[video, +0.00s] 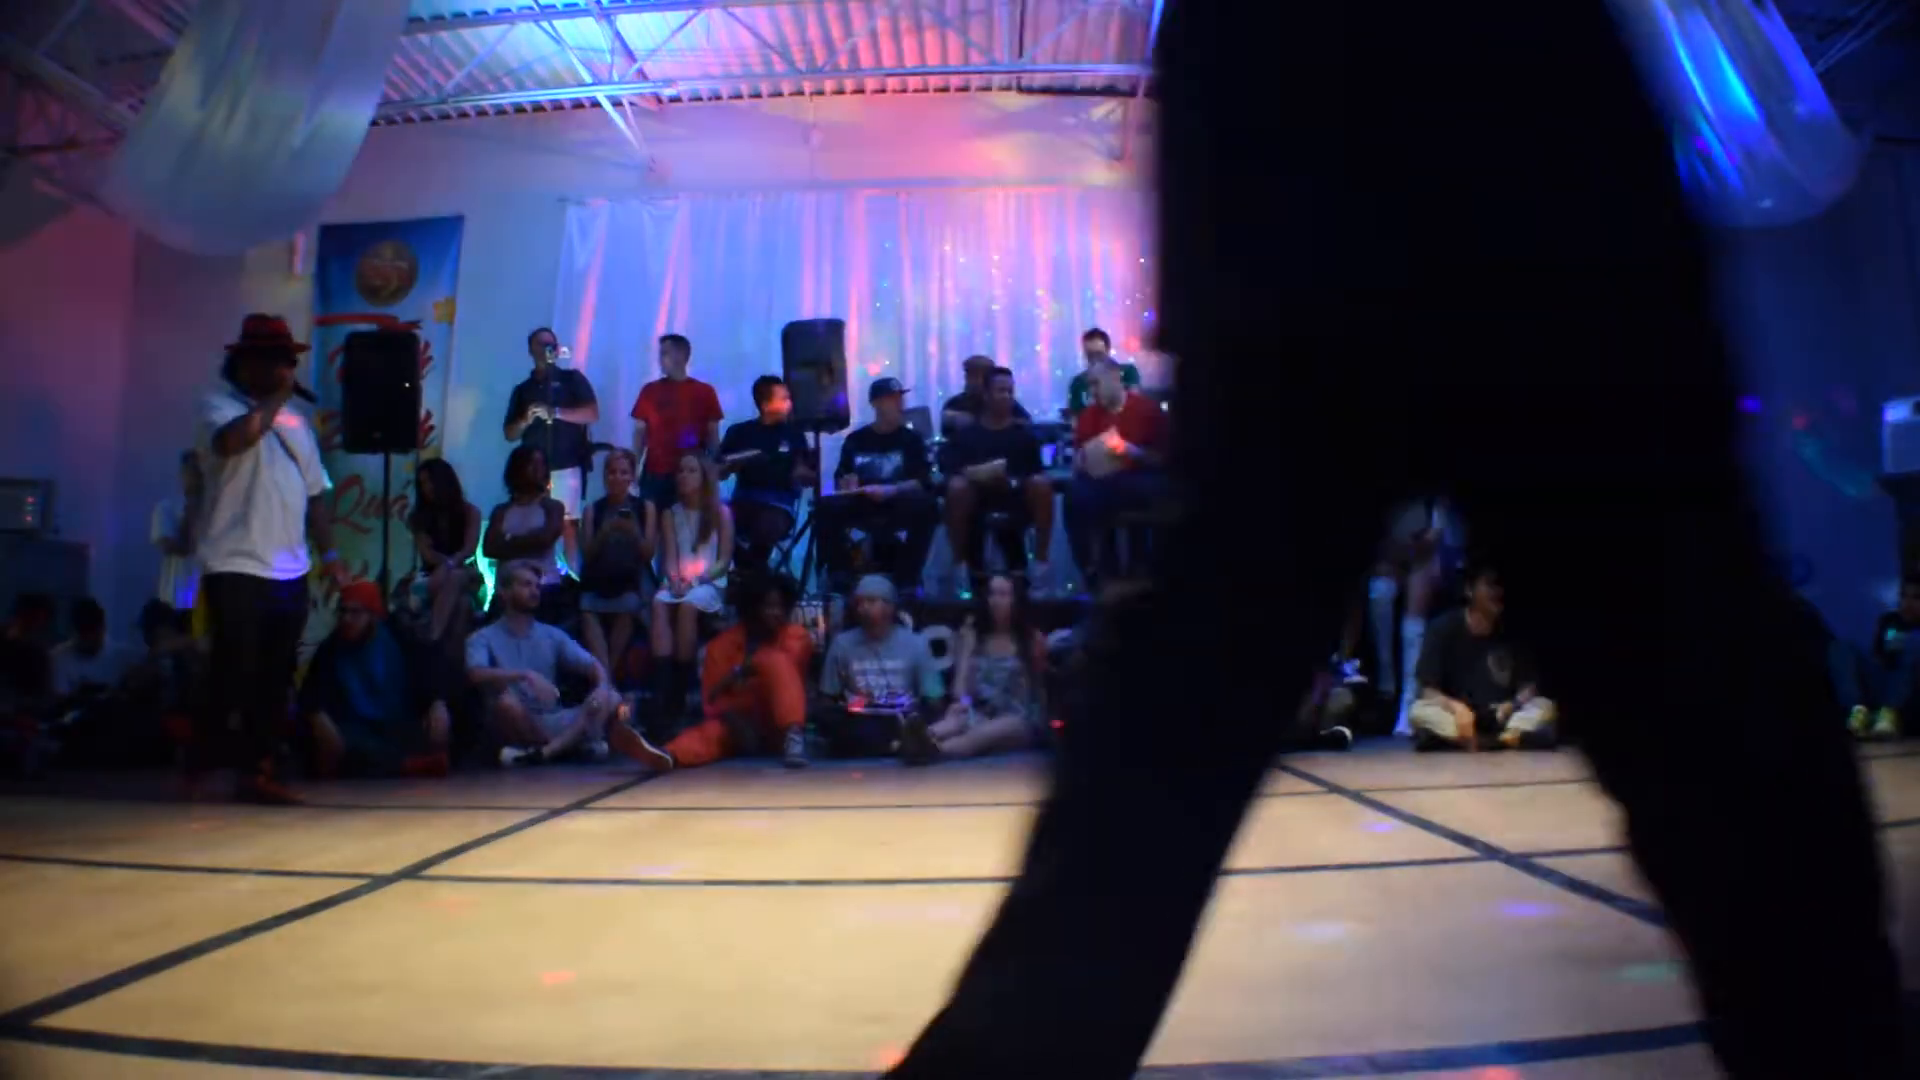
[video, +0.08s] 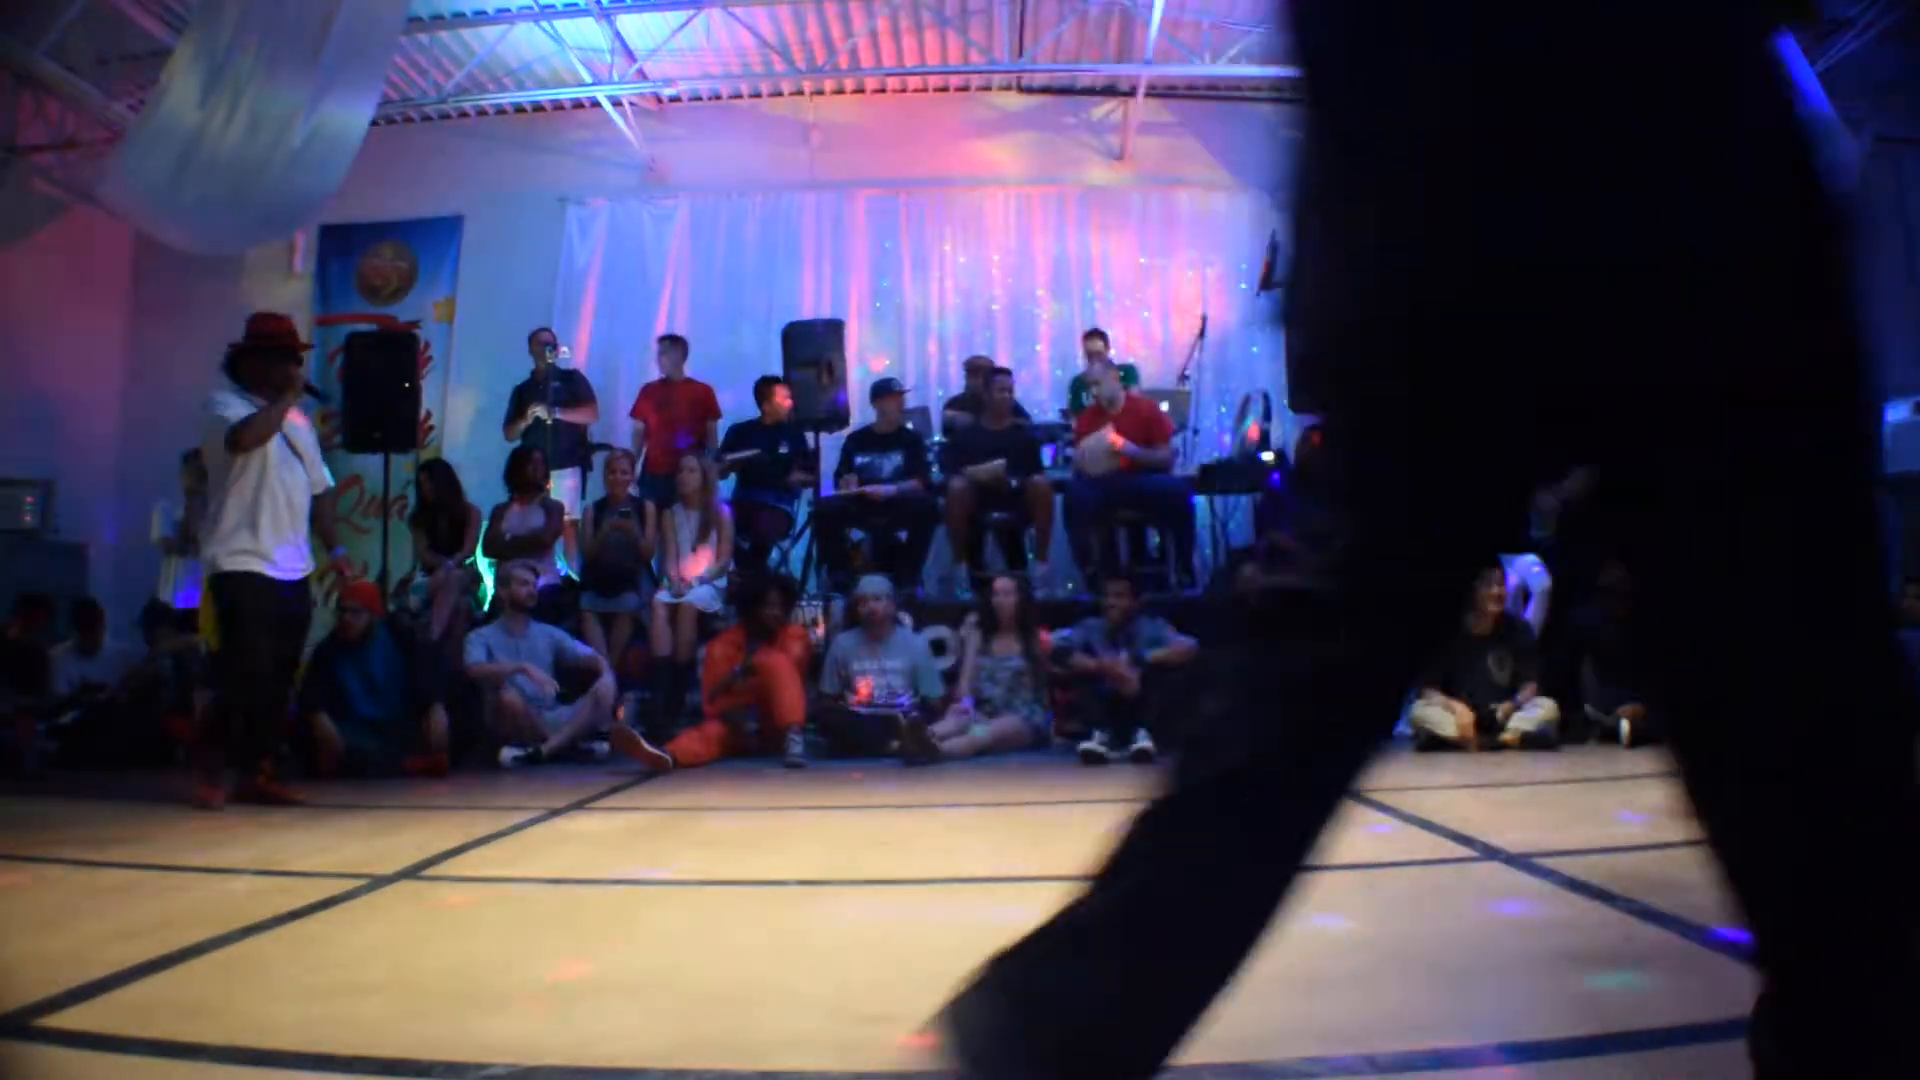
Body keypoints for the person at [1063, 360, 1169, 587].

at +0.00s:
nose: (1093, 391)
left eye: (1098, 383)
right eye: (1090, 385)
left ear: (1118, 380)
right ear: (1088, 387)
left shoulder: (1146, 410)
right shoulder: (1088, 417)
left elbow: (1160, 458)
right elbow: (1079, 461)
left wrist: (1126, 449)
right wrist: (1093, 453)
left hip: (1140, 481)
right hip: (1099, 481)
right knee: (1076, 500)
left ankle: (1141, 571)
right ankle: (1092, 574)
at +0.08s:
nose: (1093, 392)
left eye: (1097, 384)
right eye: (1089, 386)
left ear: (1116, 379)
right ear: (1088, 389)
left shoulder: (1146, 409)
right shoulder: (1087, 418)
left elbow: (1165, 457)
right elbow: (1079, 460)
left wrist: (1126, 448)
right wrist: (1090, 457)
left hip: (1142, 478)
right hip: (1102, 480)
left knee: (1177, 496)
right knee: (1076, 498)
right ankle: (1091, 573)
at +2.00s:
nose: (1084, 390)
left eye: (1089, 383)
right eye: (1083, 384)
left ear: (1107, 380)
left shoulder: (1149, 411)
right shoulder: (1087, 422)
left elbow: (1165, 460)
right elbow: (1082, 464)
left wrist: (1126, 459)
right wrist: (1094, 464)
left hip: (1144, 482)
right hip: (1103, 483)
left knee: (1175, 495)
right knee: (1077, 496)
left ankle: (1182, 567)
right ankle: (1089, 570)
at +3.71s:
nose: (1113, 380)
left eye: (1120, 375)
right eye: (1114, 375)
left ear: (1142, 380)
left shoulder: (1167, 416)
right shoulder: (1102, 411)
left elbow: (1176, 467)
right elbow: (1078, 454)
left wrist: (1139, 468)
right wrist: (1095, 467)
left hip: (1148, 483)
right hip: (1109, 482)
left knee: (1178, 490)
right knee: (1080, 493)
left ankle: (1183, 573)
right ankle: (1081, 578)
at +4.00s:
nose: (1111, 380)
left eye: (1118, 374)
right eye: (1112, 374)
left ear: (1142, 379)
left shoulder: (1168, 417)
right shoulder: (1101, 412)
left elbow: (1176, 468)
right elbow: (1077, 454)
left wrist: (1140, 469)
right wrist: (1093, 466)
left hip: (1147, 484)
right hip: (1108, 483)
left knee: (1179, 495)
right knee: (1080, 493)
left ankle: (1184, 572)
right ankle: (1079, 577)